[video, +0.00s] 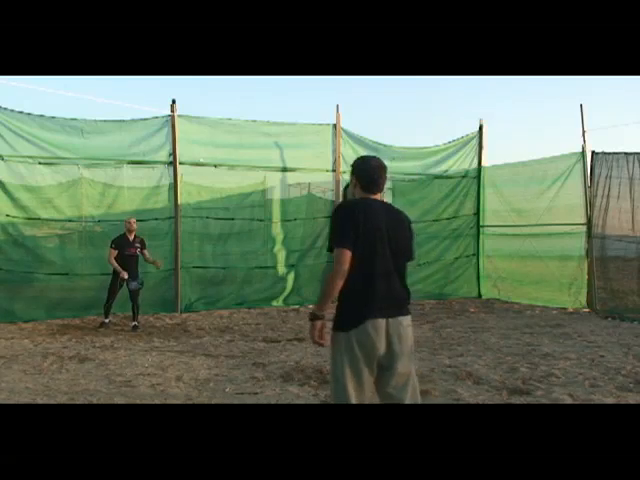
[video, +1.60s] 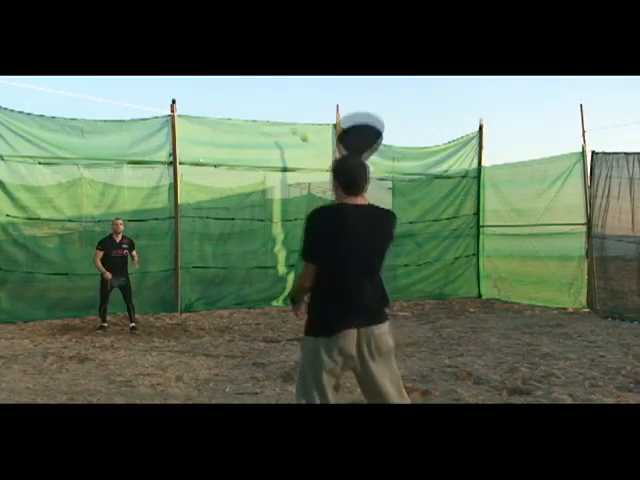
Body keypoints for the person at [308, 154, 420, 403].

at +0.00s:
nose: (349, 183)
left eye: (350, 179)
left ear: (354, 181)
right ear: (383, 184)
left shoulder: (347, 211)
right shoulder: (400, 217)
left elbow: (341, 268)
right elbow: (402, 264)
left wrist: (319, 313)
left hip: (358, 323)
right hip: (399, 321)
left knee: (352, 396)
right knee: (403, 395)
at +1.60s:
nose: (333, 183)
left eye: (333, 179)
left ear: (336, 184)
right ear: (365, 183)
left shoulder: (320, 218)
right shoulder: (386, 219)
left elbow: (308, 274)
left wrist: (297, 297)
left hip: (329, 328)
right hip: (375, 326)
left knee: (315, 397)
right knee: (391, 396)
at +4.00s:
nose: (330, 188)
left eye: (331, 183)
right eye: (332, 183)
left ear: (336, 186)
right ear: (365, 188)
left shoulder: (320, 221)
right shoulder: (389, 223)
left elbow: (298, 283)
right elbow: (404, 284)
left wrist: (279, 285)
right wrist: (370, 283)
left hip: (335, 339)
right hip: (386, 336)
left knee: (303, 398)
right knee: (394, 399)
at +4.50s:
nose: (220, 215)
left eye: (220, 210)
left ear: (223, 213)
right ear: (253, 205)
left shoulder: (231, 251)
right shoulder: (284, 223)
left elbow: (222, 319)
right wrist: (231, 250)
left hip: (294, 340)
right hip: (340, 323)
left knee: (263, 398)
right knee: (361, 398)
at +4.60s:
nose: (210, 226)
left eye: (210, 221)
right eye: (210, 221)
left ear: (215, 224)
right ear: (244, 214)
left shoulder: (231, 255)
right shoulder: (266, 229)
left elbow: (230, 323)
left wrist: (194, 374)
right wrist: (221, 251)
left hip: (299, 339)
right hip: (341, 321)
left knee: (263, 399)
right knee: (371, 398)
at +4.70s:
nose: (212, 233)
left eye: (210, 227)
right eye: (210, 227)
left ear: (213, 228)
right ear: (242, 218)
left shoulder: (234, 254)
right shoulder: (263, 232)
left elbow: (244, 321)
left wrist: (215, 374)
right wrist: (216, 271)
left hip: (305, 340)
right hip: (344, 320)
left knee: (265, 399)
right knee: (377, 397)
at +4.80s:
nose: (218, 226)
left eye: (218, 221)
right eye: (218, 220)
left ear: (223, 224)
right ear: (249, 214)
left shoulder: (241, 254)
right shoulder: (271, 231)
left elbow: (256, 316)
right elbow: (272, 281)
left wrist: (231, 373)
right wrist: (227, 299)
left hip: (310, 341)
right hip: (347, 321)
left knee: (268, 400)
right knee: (380, 397)